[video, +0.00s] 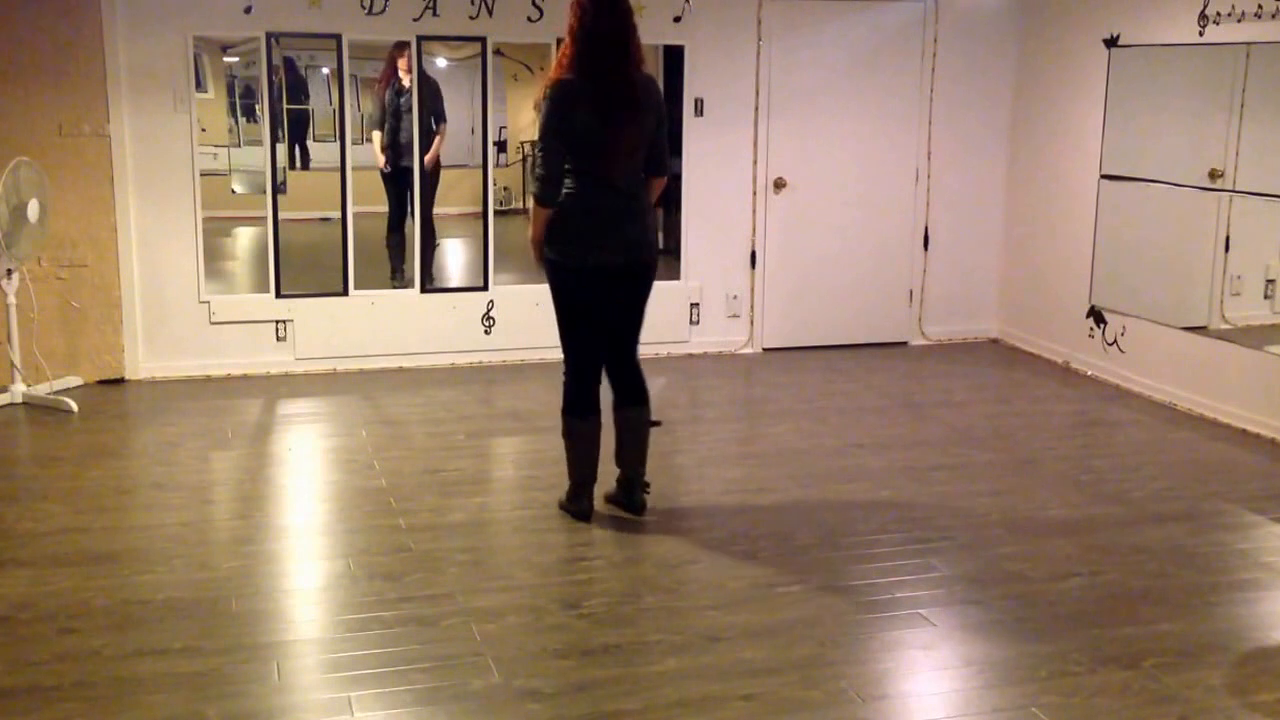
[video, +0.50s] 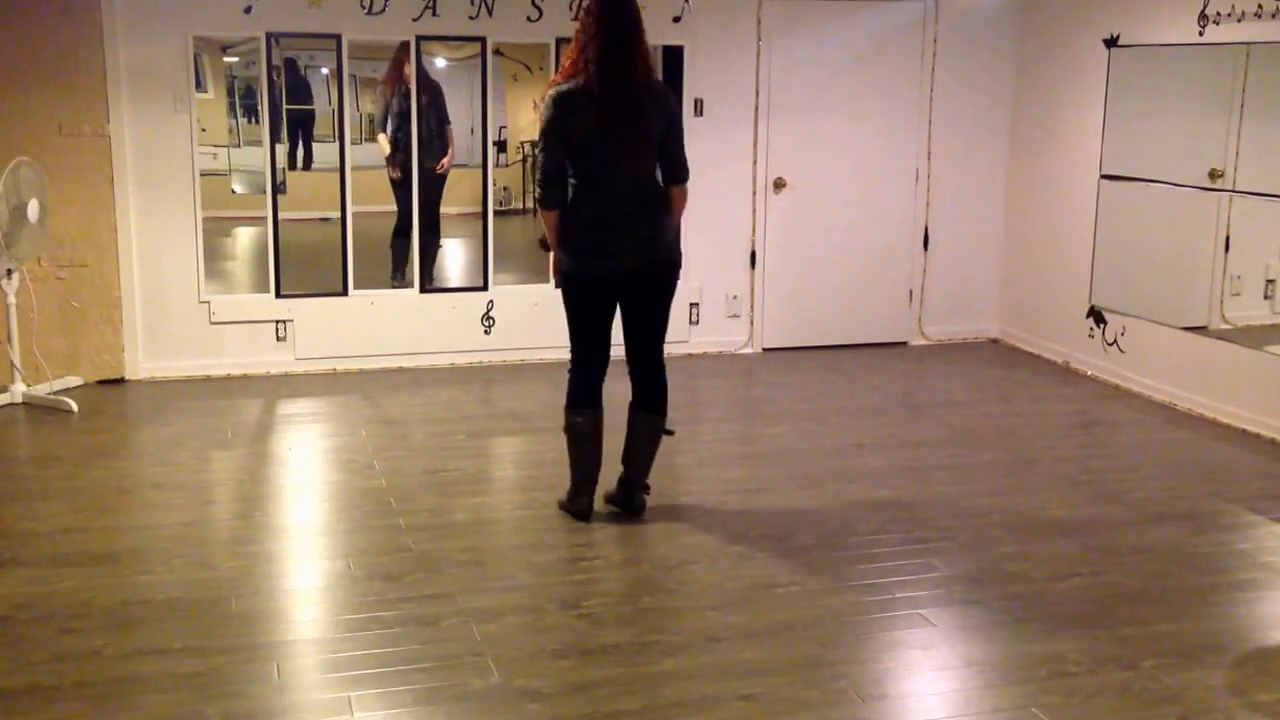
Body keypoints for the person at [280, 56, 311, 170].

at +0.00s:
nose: (280, 70)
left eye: (281, 67)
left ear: (283, 67)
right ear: (294, 65)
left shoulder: (281, 80)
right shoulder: (301, 78)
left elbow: (278, 98)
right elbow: (306, 95)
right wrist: (304, 103)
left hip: (288, 112)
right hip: (302, 111)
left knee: (290, 143)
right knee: (302, 141)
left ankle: (291, 168)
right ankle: (305, 166)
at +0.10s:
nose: (281, 70)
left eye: (281, 67)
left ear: (284, 67)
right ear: (294, 65)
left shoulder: (282, 81)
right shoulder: (302, 78)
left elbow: (279, 98)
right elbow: (307, 95)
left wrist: (280, 110)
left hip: (289, 113)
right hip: (304, 112)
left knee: (290, 143)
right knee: (303, 142)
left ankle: (291, 169)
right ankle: (306, 167)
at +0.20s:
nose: (281, 70)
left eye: (282, 67)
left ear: (284, 67)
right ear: (295, 65)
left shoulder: (282, 80)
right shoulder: (302, 78)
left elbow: (279, 98)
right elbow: (307, 96)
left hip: (289, 113)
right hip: (304, 112)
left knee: (291, 144)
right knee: (305, 143)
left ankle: (291, 169)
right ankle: (306, 167)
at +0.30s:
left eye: (283, 67)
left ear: (283, 67)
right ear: (295, 65)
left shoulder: (282, 81)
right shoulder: (302, 78)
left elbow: (279, 99)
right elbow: (309, 95)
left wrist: (281, 111)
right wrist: (306, 103)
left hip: (290, 112)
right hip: (305, 111)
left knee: (291, 144)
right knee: (306, 142)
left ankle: (291, 170)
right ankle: (306, 169)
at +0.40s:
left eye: (284, 67)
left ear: (284, 67)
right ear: (296, 65)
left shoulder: (282, 81)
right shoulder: (302, 78)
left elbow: (279, 98)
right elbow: (309, 95)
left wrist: (281, 110)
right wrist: (307, 103)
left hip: (290, 112)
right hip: (305, 111)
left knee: (292, 144)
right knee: (307, 142)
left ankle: (291, 170)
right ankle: (306, 169)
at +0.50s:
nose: (284, 70)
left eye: (284, 67)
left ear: (285, 68)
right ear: (296, 66)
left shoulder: (284, 82)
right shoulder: (303, 79)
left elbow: (281, 99)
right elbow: (310, 97)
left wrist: (282, 112)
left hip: (291, 113)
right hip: (307, 112)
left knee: (293, 143)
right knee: (307, 142)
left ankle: (291, 169)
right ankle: (306, 168)